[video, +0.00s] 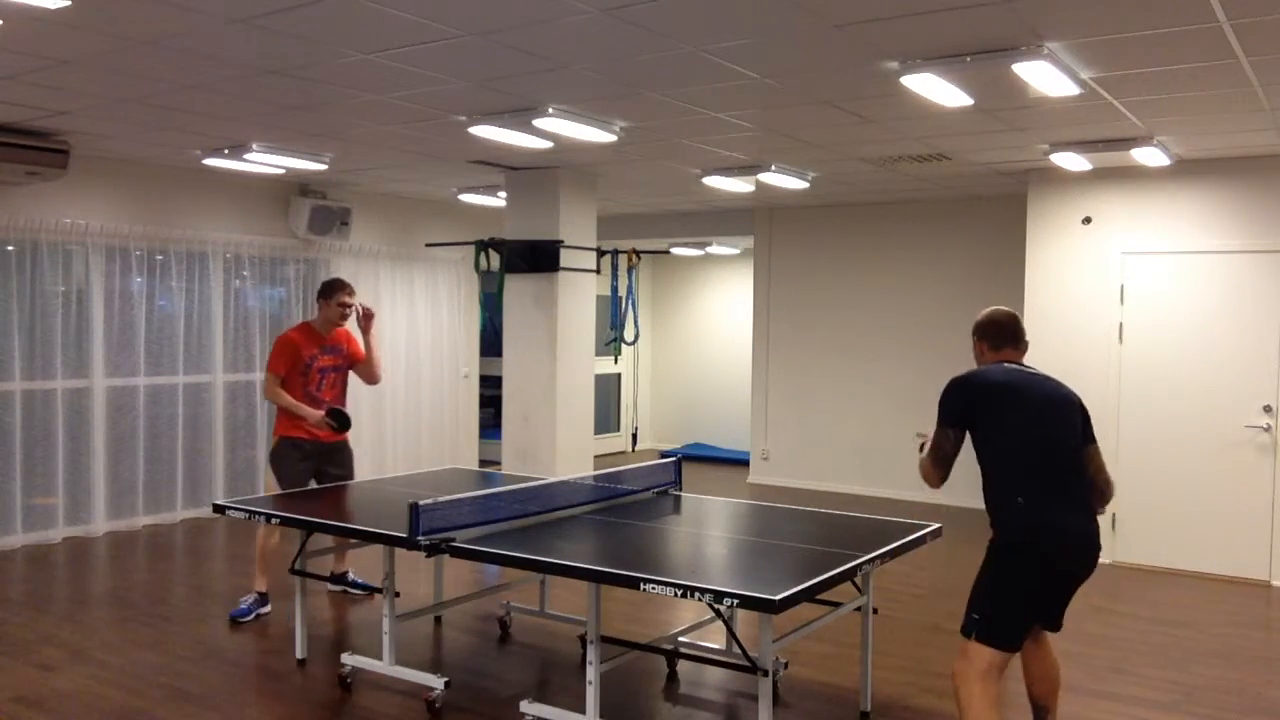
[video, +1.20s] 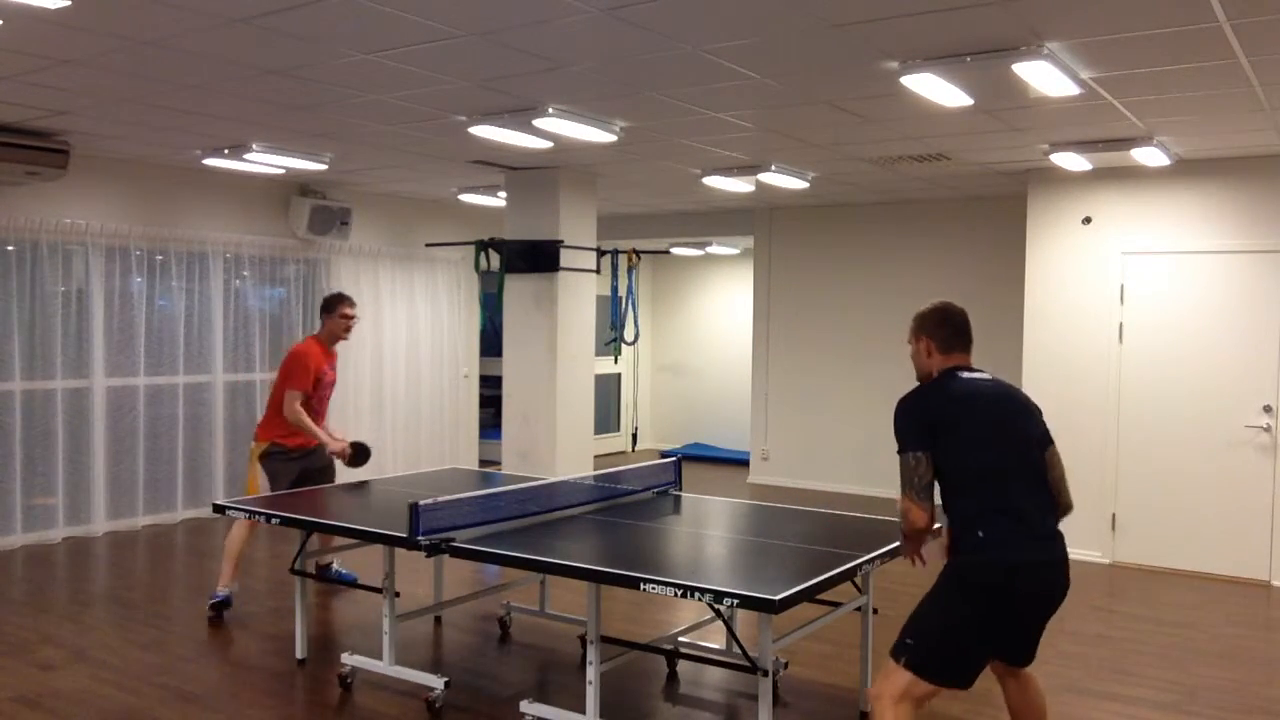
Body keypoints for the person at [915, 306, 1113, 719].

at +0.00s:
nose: (975, 355)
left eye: (974, 348)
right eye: (978, 349)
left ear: (979, 346)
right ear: (1025, 347)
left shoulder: (968, 386)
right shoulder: (1064, 394)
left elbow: (934, 476)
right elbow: (1102, 488)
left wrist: (927, 451)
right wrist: (1069, 515)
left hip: (1022, 540)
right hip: (1080, 542)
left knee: (976, 670)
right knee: (1034, 632)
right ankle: (1045, 717)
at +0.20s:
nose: (953, 369)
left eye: (952, 361)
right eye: (955, 361)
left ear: (959, 356)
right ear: (999, 357)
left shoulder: (962, 394)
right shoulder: (1035, 402)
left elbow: (936, 492)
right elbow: (1048, 479)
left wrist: (917, 485)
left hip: (1027, 551)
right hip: (1071, 551)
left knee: (955, 668)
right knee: (1008, 641)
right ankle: (1035, 714)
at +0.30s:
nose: (939, 373)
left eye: (941, 363)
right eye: (939, 363)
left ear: (958, 360)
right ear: (983, 360)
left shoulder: (969, 401)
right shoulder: (1012, 404)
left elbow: (946, 493)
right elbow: (995, 503)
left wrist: (913, 486)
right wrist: (923, 508)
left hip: (1025, 561)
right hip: (1058, 559)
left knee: (941, 678)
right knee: (994, 650)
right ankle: (1031, 713)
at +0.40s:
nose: (924, 374)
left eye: (926, 364)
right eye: (924, 364)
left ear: (945, 362)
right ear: (966, 362)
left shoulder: (968, 403)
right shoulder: (990, 402)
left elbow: (949, 496)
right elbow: (928, 491)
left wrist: (906, 468)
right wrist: (844, 494)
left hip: (1015, 573)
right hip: (1041, 567)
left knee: (926, 688)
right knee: (989, 651)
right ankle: (1031, 715)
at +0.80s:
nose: (878, 352)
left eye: (880, 342)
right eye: (878, 342)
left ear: (898, 343)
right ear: (935, 342)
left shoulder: (908, 403)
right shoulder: (980, 388)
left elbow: (909, 516)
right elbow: (968, 500)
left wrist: (873, 503)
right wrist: (889, 496)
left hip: (990, 566)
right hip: (1046, 557)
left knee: (903, 694)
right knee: (1007, 658)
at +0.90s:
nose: (889, 348)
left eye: (891, 338)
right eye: (889, 338)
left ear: (910, 339)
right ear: (947, 337)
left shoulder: (913, 397)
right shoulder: (993, 384)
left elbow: (917, 512)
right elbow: (994, 484)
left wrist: (885, 498)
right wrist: (925, 498)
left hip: (991, 563)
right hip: (1050, 555)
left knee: (909, 694)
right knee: (1013, 659)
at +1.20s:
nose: (912, 358)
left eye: (912, 347)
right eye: (911, 348)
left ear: (925, 346)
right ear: (966, 345)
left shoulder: (919, 404)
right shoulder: (1015, 397)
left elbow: (920, 517)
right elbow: (1060, 501)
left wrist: (912, 538)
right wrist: (962, 532)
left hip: (982, 570)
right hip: (1048, 565)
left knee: (891, 696)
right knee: (1012, 665)